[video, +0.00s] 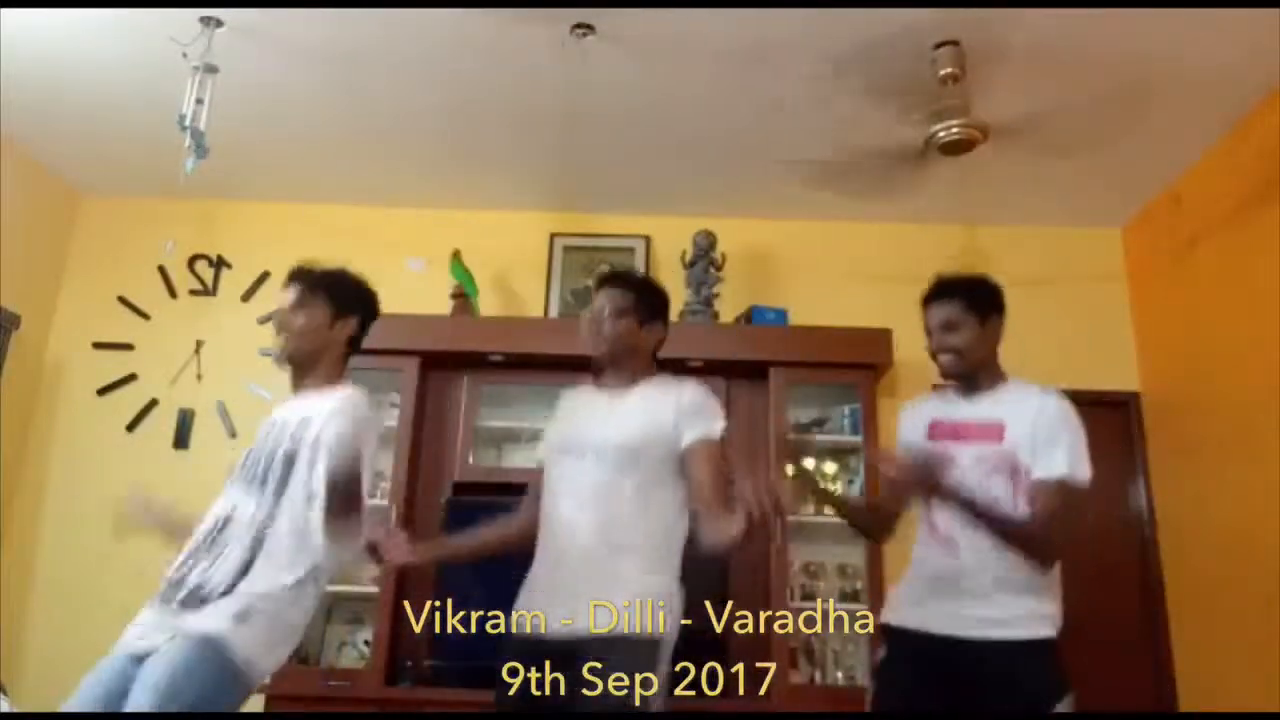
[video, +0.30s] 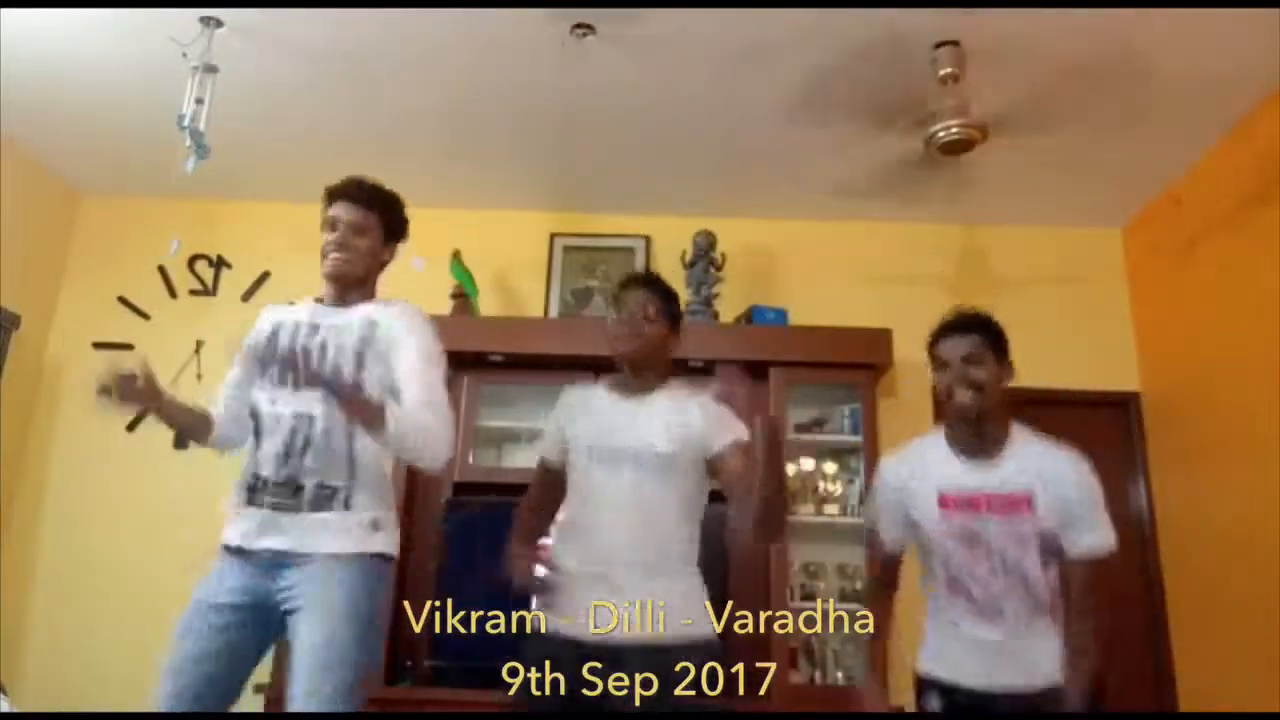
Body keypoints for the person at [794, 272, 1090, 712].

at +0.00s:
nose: (937, 344)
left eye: (950, 329)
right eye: (930, 333)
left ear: (992, 330)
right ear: (925, 337)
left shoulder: (1045, 412)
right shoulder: (918, 414)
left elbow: (1045, 545)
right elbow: (878, 526)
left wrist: (945, 489)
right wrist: (826, 488)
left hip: (1012, 641)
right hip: (920, 631)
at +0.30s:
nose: (956, 379)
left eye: (973, 363)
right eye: (942, 367)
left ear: (1006, 373)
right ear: (932, 377)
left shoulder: (1063, 470)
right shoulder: (902, 472)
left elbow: (1082, 605)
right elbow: (881, 585)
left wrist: (1075, 694)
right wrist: (874, 686)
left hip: (1038, 687)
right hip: (948, 687)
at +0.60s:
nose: (1019, 346)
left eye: (1038, 338)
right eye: (1011, 338)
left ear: (1068, 366)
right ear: (998, 356)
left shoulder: (1097, 447)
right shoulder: (952, 428)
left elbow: (1234, 469)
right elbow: (867, 468)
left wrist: (1151, 386)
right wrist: (890, 393)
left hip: (1075, 677)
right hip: (971, 679)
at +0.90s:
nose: (1063, 388)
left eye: (1083, 381)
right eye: (1058, 378)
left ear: (1115, 411)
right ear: (1047, 394)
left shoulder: (1132, 493)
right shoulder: (990, 448)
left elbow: (1265, 467)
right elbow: (888, 369)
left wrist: (1151, 409)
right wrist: (884, 256)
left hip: (1093, 700)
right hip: (986, 686)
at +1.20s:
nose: (1066, 375)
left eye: (1085, 371)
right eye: (1064, 366)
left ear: (1118, 397)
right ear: (1051, 380)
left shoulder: (1137, 474)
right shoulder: (988, 436)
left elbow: (1266, 433)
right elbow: (874, 390)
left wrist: (1154, 390)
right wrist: (937, 308)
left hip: (1100, 680)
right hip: (995, 667)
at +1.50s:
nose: (1067, 362)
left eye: (1087, 357)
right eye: (1065, 354)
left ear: (1121, 385)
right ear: (1054, 370)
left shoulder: (1140, 464)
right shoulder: (993, 423)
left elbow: (1268, 419)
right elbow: (899, 334)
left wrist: (1158, 376)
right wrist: (920, 213)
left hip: (1101, 681)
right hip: (994, 669)